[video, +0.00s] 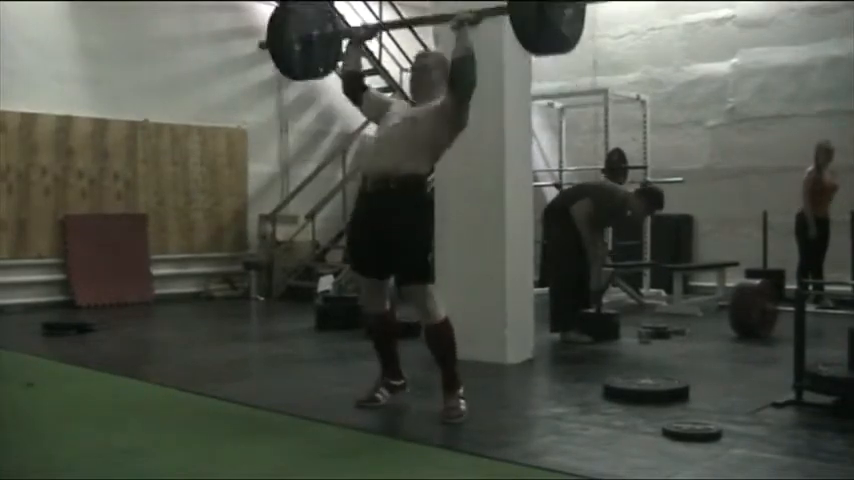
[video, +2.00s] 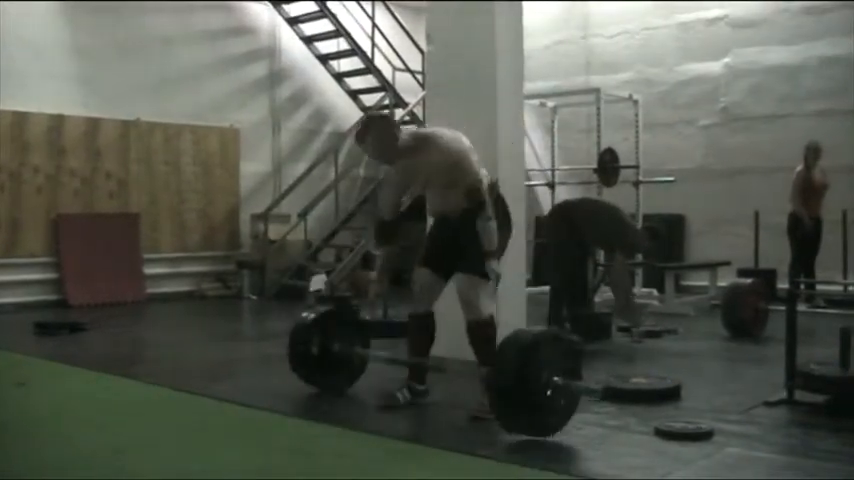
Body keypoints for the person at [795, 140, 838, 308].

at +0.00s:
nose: (827, 159)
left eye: (829, 155)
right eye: (825, 155)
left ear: (830, 157)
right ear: (818, 155)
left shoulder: (827, 174)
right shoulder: (812, 174)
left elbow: (824, 200)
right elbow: (807, 201)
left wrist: (832, 190)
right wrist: (811, 224)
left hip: (821, 220)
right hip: (808, 219)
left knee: (818, 259)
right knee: (806, 258)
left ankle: (819, 294)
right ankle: (802, 293)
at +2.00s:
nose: (814, 158)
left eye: (817, 155)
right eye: (812, 154)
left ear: (820, 156)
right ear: (806, 155)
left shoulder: (819, 173)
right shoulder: (801, 173)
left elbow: (818, 196)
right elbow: (795, 200)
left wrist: (823, 187)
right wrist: (805, 218)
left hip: (814, 219)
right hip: (799, 219)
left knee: (810, 259)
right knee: (798, 258)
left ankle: (811, 294)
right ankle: (794, 293)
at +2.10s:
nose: (814, 158)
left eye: (816, 155)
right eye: (812, 154)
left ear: (819, 156)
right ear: (806, 154)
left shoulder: (819, 173)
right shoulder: (801, 173)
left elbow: (818, 195)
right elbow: (794, 196)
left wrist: (823, 187)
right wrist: (801, 212)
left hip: (815, 219)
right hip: (800, 219)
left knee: (811, 259)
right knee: (799, 258)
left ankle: (812, 294)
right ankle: (794, 293)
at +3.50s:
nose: (817, 161)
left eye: (819, 157)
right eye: (814, 157)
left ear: (820, 158)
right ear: (806, 156)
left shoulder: (819, 174)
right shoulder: (797, 174)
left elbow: (820, 198)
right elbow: (791, 199)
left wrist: (824, 191)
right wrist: (814, 191)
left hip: (818, 219)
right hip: (802, 218)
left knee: (812, 260)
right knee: (800, 258)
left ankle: (812, 295)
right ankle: (793, 294)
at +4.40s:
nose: (820, 159)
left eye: (822, 155)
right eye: (818, 154)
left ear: (822, 156)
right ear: (809, 153)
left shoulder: (813, 173)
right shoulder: (798, 171)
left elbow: (811, 197)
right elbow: (792, 196)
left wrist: (823, 192)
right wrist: (815, 192)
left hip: (817, 217)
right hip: (802, 218)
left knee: (814, 258)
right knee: (801, 257)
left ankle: (812, 294)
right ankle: (794, 292)